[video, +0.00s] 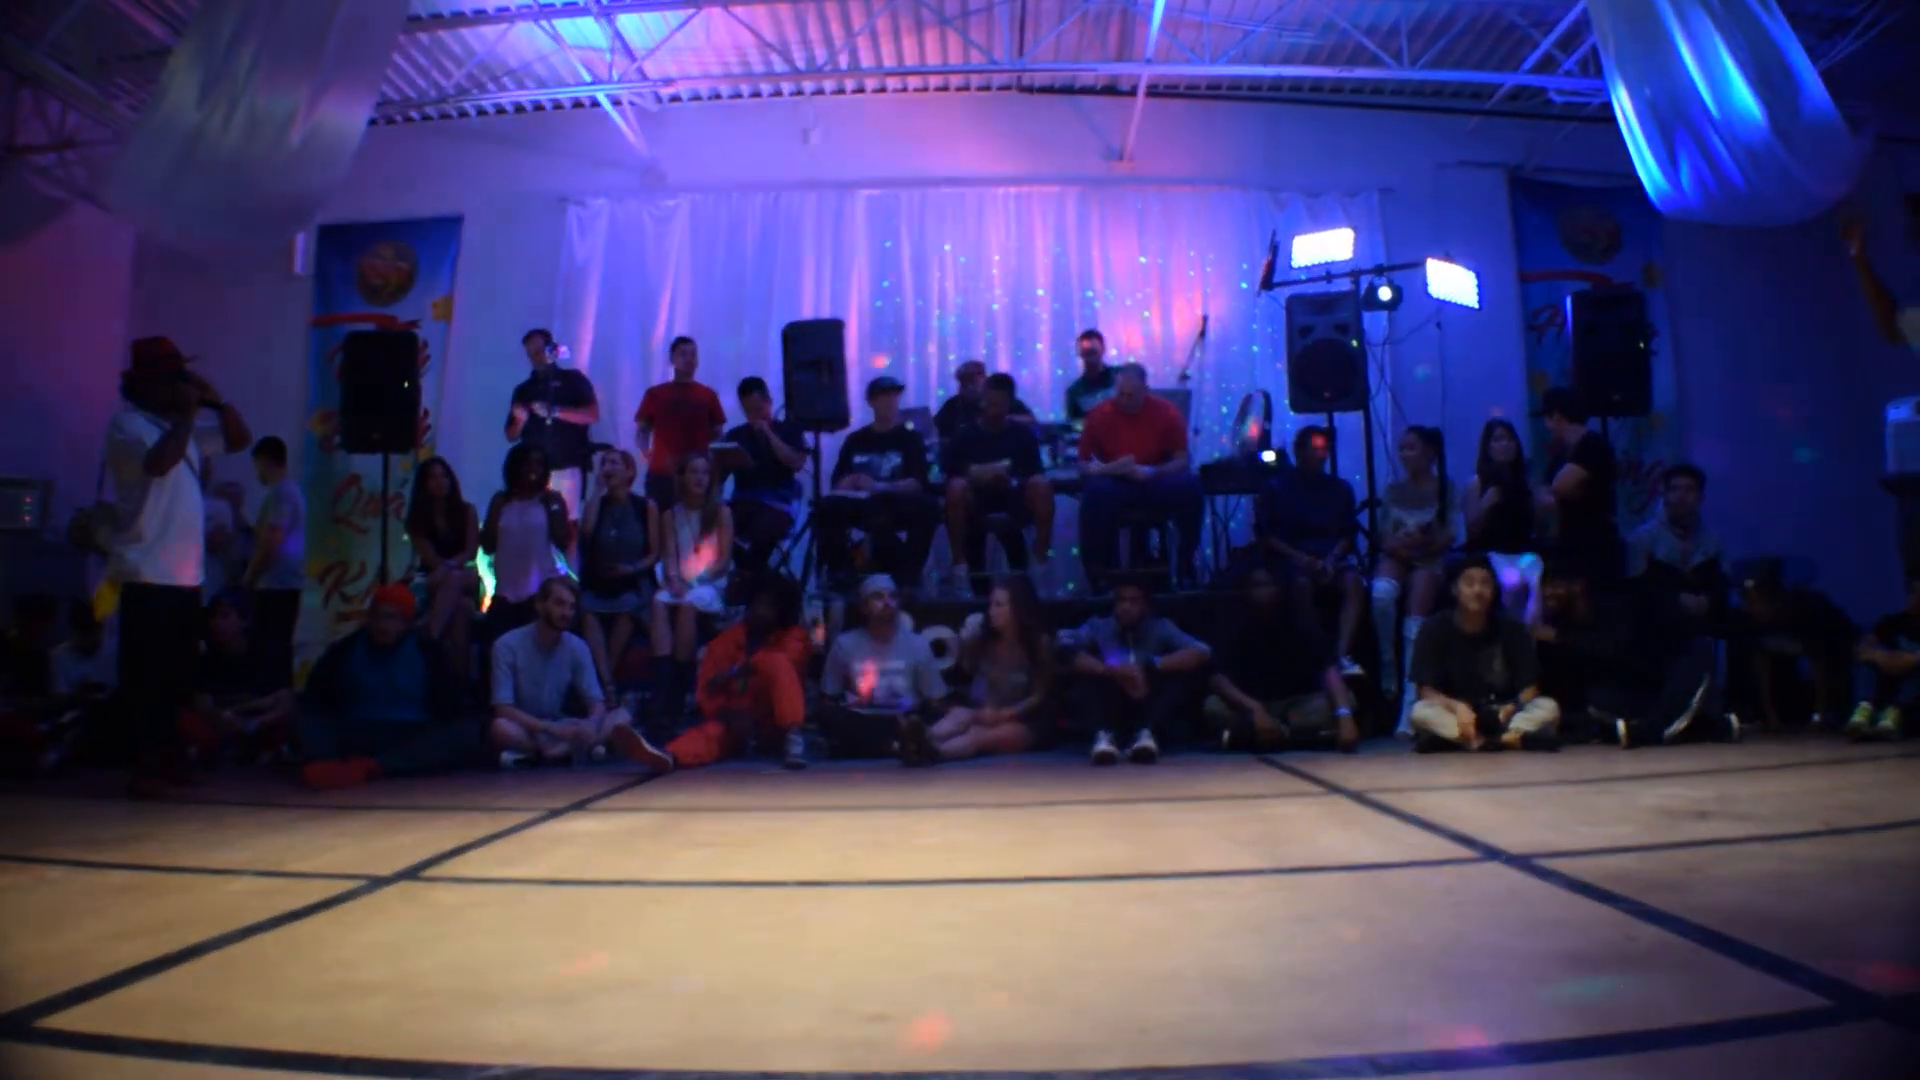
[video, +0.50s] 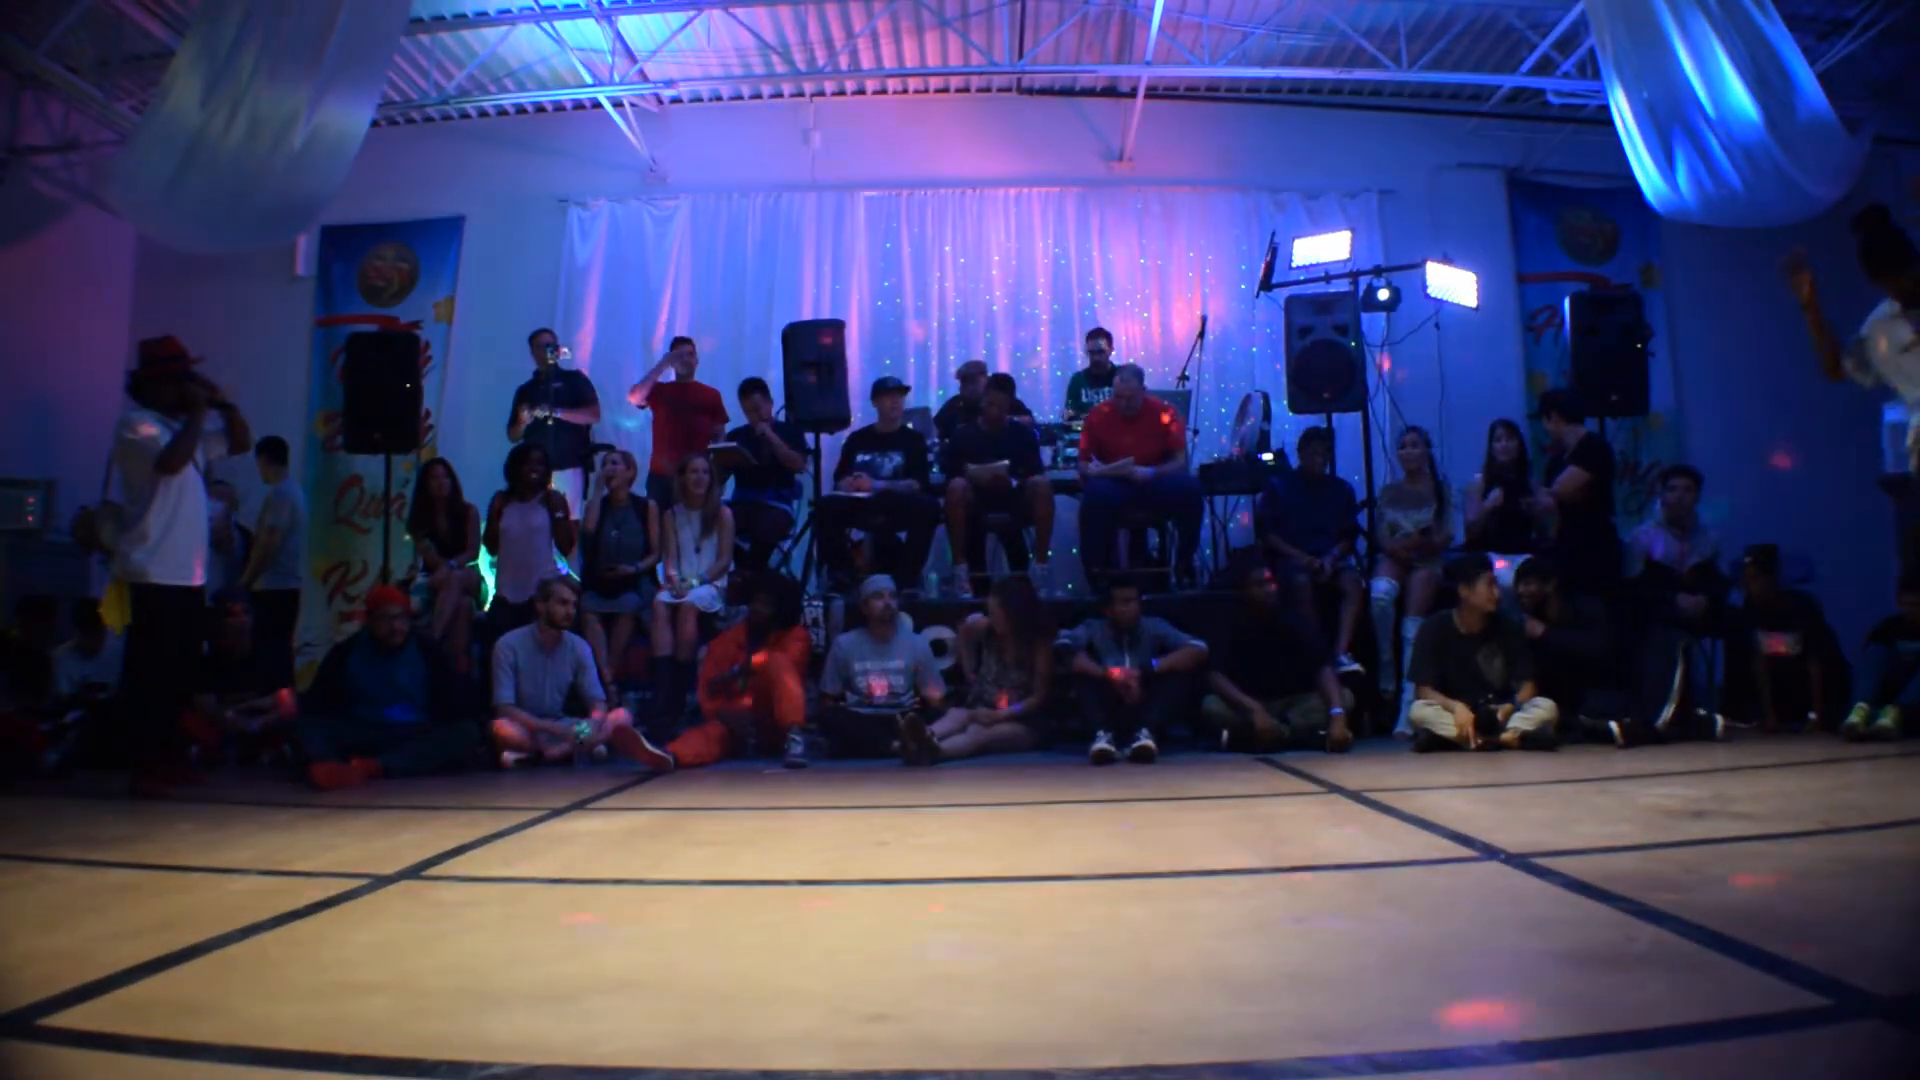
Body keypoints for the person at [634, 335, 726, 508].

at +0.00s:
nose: (689, 359)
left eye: (693, 354)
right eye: (683, 354)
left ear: (697, 359)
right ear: (672, 359)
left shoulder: (708, 396)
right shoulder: (655, 394)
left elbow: (717, 432)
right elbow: (642, 429)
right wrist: (648, 454)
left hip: (696, 475)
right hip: (662, 472)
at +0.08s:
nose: (690, 359)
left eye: (693, 354)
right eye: (684, 353)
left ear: (698, 359)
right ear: (673, 358)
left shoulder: (709, 396)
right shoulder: (656, 394)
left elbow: (717, 432)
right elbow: (639, 433)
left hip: (697, 477)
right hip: (662, 473)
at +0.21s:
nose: (689, 359)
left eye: (693, 354)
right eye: (683, 354)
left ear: (698, 359)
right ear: (673, 360)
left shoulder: (711, 396)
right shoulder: (661, 393)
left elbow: (719, 438)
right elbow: (633, 424)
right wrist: (649, 394)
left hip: (697, 478)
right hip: (663, 475)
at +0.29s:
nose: (689, 359)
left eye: (693, 354)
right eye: (683, 355)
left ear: (698, 359)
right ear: (672, 360)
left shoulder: (711, 395)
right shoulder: (660, 392)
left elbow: (720, 438)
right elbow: (632, 416)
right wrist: (652, 381)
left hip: (697, 478)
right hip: (663, 475)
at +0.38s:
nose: (687, 360)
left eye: (691, 354)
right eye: (681, 355)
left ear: (697, 359)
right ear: (672, 360)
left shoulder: (711, 395)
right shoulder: (659, 391)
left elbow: (719, 435)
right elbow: (632, 406)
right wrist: (659, 368)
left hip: (697, 478)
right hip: (663, 475)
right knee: (661, 533)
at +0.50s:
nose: (685, 360)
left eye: (690, 355)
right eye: (679, 355)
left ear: (696, 360)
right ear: (671, 360)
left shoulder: (711, 395)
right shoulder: (659, 390)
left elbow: (719, 438)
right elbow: (635, 398)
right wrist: (664, 363)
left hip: (697, 480)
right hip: (662, 476)